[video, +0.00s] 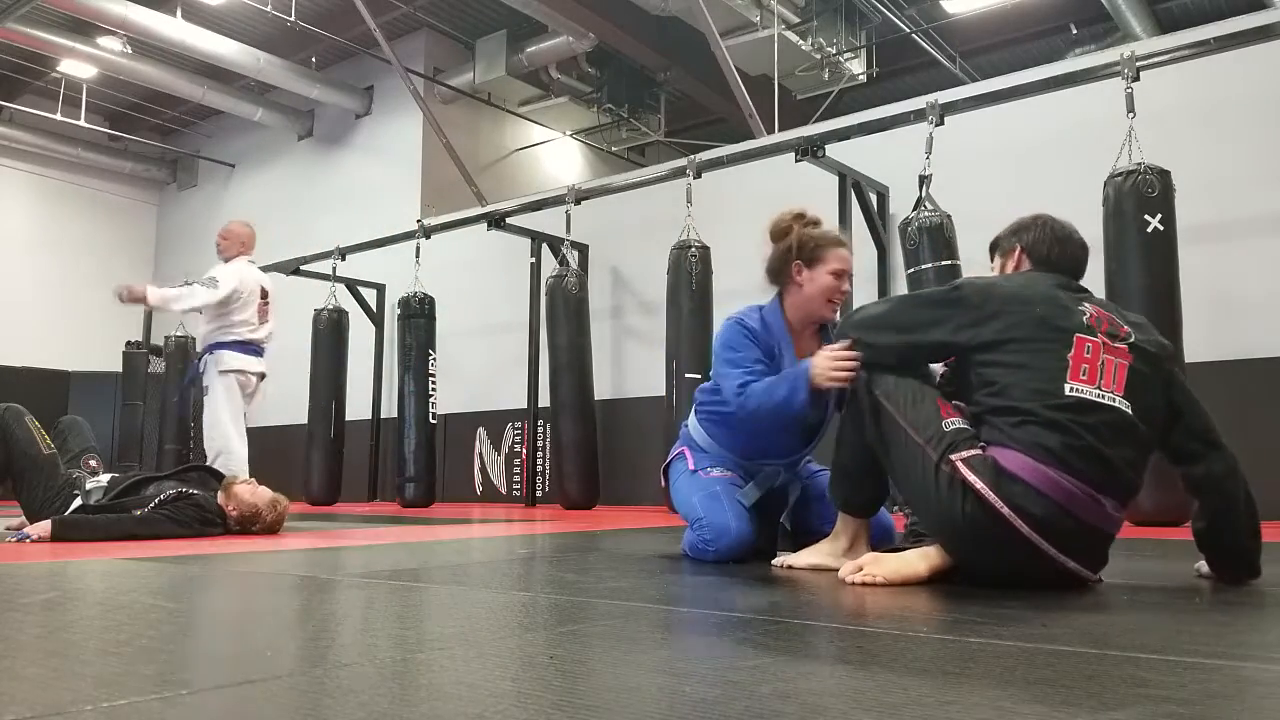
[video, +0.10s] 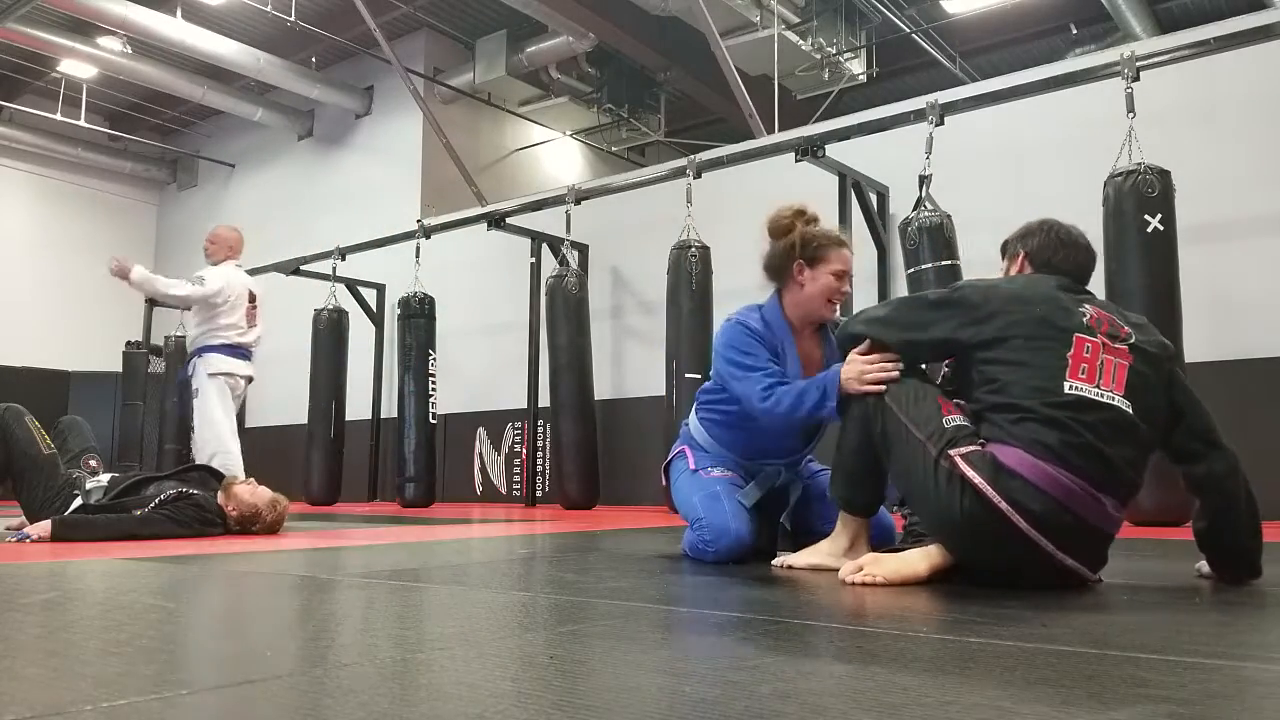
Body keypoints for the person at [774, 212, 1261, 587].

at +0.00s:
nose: (992, 278)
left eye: (995, 267)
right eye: (995, 268)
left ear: (1017, 259)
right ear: (1078, 272)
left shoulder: (996, 295)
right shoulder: (1144, 342)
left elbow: (858, 331)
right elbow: (1215, 468)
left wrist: (934, 384)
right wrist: (1234, 569)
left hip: (979, 511)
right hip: (1066, 562)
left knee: (871, 378)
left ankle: (846, 538)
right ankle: (929, 555)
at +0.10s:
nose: (998, 279)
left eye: (1001, 268)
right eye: (1002, 269)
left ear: (1021, 264)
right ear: (1086, 279)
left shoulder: (999, 297)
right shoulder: (1148, 345)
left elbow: (862, 329)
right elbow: (1217, 470)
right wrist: (1235, 568)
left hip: (979, 508)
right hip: (1065, 562)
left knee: (875, 374)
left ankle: (845, 540)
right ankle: (929, 556)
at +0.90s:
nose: (985, 299)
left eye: (988, 291)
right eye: (989, 292)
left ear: (1007, 279)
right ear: (1066, 286)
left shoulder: (987, 304)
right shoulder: (1137, 339)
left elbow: (880, 356)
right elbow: (1194, 458)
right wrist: (1230, 561)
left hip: (989, 504)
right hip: (1070, 558)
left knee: (890, 370)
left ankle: (846, 535)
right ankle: (930, 546)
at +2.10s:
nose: (1034, 299)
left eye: (1038, 288)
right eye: (1035, 289)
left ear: (1070, 274)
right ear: (1120, 281)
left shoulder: (1052, 303)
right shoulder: (1193, 342)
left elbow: (928, 383)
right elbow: (1241, 466)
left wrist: (871, 340)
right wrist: (1235, 566)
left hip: (982, 484)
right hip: (1065, 557)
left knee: (916, 399)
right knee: (975, 541)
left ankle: (854, 533)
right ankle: (921, 547)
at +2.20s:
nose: (1041, 305)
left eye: (1044, 294)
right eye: (1041, 295)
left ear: (1072, 277)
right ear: (1124, 280)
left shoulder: (1064, 302)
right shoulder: (1210, 339)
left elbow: (945, 382)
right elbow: (1249, 464)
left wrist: (884, 335)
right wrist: (1236, 567)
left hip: (1010, 476)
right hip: (1104, 553)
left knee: (944, 412)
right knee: (985, 538)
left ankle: (859, 535)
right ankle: (932, 552)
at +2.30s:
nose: (1050, 321)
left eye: (1052, 311)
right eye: (1050, 313)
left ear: (1073, 291)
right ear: (1130, 286)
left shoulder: (1074, 306)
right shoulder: (1227, 325)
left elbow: (954, 377)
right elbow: (1264, 436)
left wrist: (892, 324)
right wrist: (1252, 558)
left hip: (1108, 476)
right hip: (1205, 545)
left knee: (976, 408)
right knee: (1058, 517)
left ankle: (863, 535)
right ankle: (942, 557)